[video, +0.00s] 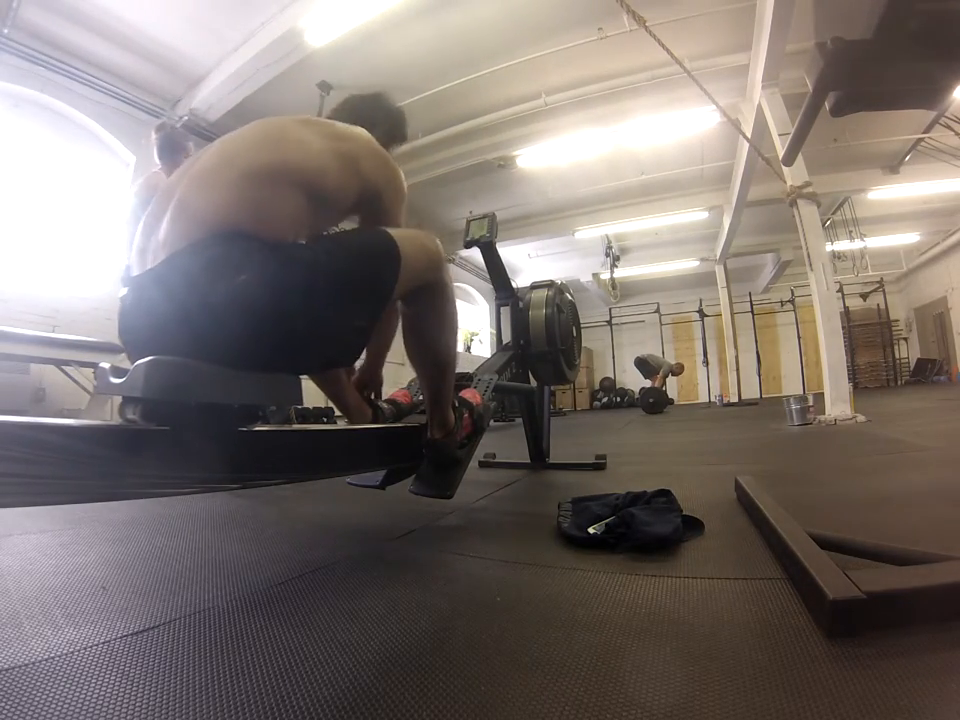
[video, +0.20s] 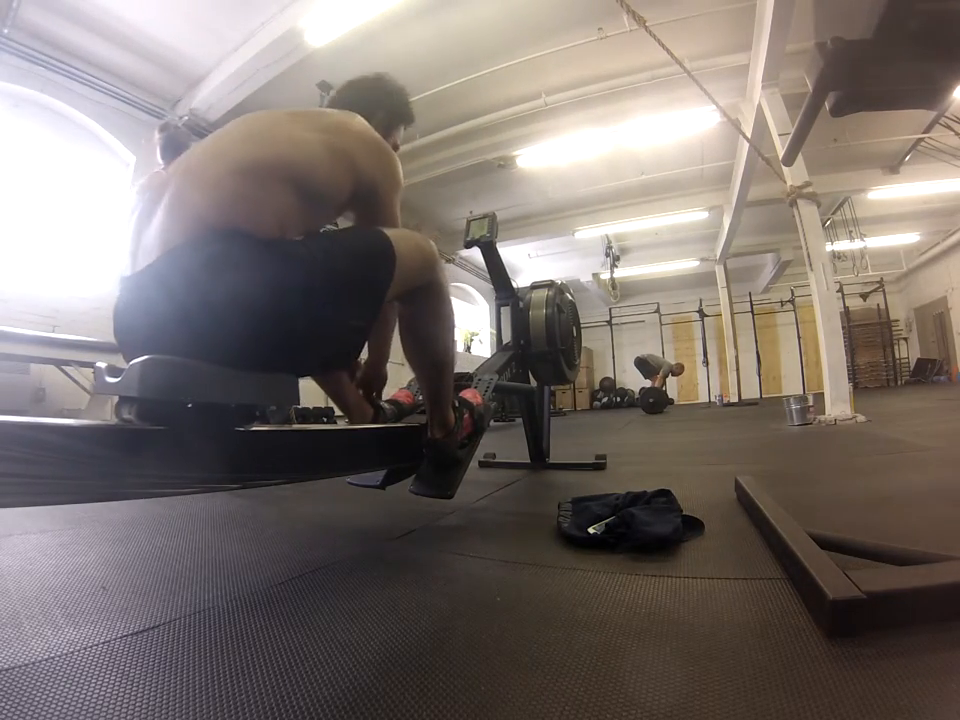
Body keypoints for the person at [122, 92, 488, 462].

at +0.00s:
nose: (390, 161)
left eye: (392, 152)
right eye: (392, 152)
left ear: (333, 117)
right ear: (384, 140)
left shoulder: (273, 139)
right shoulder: (378, 165)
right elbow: (384, 290)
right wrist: (373, 370)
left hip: (143, 322)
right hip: (233, 300)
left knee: (299, 294)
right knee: (426, 258)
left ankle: (363, 416)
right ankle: (444, 424)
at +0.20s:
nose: (395, 152)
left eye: (399, 146)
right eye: (398, 144)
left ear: (334, 107)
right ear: (388, 129)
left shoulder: (268, 131)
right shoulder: (375, 153)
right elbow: (378, 282)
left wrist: (348, 394)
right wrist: (377, 367)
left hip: (138, 322)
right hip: (228, 299)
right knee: (420, 259)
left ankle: (363, 417)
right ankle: (443, 426)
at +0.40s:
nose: (388, 144)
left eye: (390, 136)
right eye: (388, 134)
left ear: (332, 100)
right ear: (376, 119)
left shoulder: (263, 127)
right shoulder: (368, 145)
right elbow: (383, 272)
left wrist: (337, 352)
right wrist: (381, 358)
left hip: (129, 317)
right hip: (219, 295)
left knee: (293, 304)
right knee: (417, 261)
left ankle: (364, 419)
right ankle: (443, 427)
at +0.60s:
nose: (347, 92)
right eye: (350, 83)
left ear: (282, 56)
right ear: (338, 72)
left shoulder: (215, 95)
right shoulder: (336, 96)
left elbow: (125, 178)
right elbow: (384, 225)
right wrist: (393, 298)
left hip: (117, 309)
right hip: (212, 300)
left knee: (283, 291)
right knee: (412, 263)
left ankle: (364, 417)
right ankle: (443, 427)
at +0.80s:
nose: (311, 43)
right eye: (307, 31)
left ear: (236, 12)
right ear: (291, 15)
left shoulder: (174, 60)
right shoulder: (269, 37)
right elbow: (373, 183)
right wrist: (434, 254)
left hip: (85, 297)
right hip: (171, 279)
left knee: (279, 304)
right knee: (402, 275)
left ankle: (362, 414)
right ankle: (445, 426)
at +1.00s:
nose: (243, 35)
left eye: (245, 32)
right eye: (240, 24)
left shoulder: (107, 48)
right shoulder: (184, 12)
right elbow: (210, 101)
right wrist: (302, 262)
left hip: (56, 286)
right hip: (129, 272)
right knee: (376, 289)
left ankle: (359, 413)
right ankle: (445, 428)